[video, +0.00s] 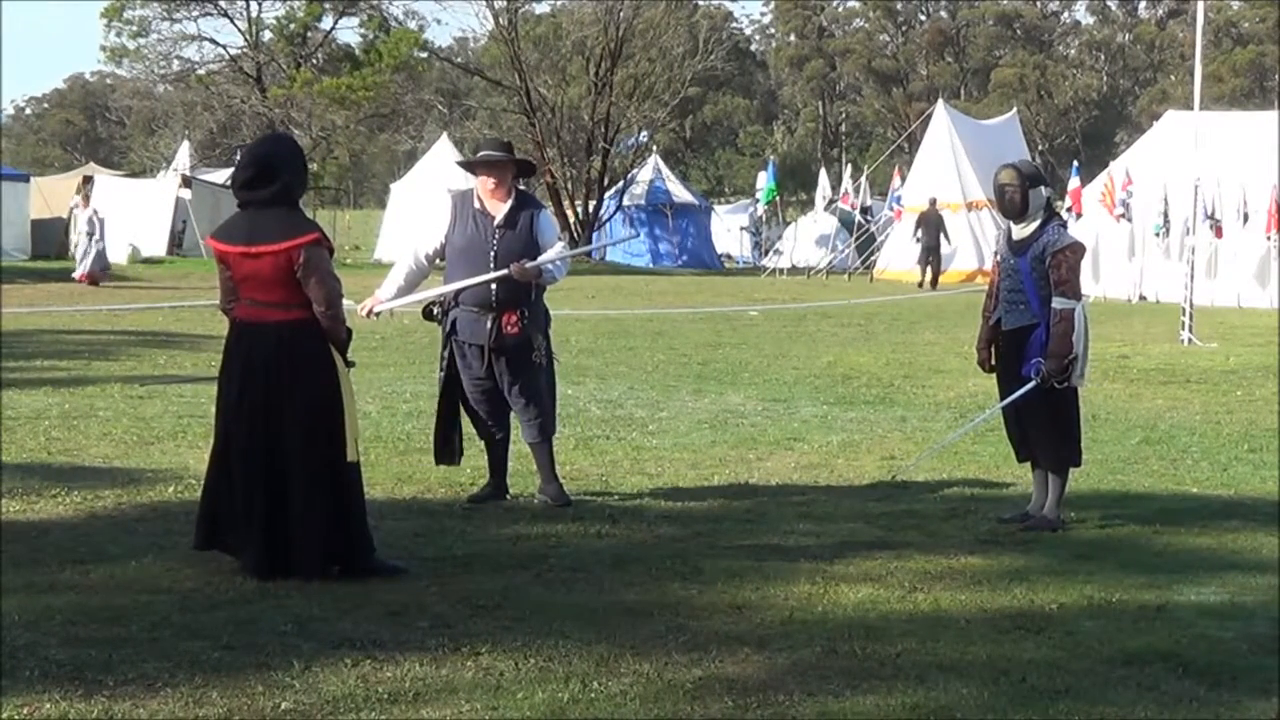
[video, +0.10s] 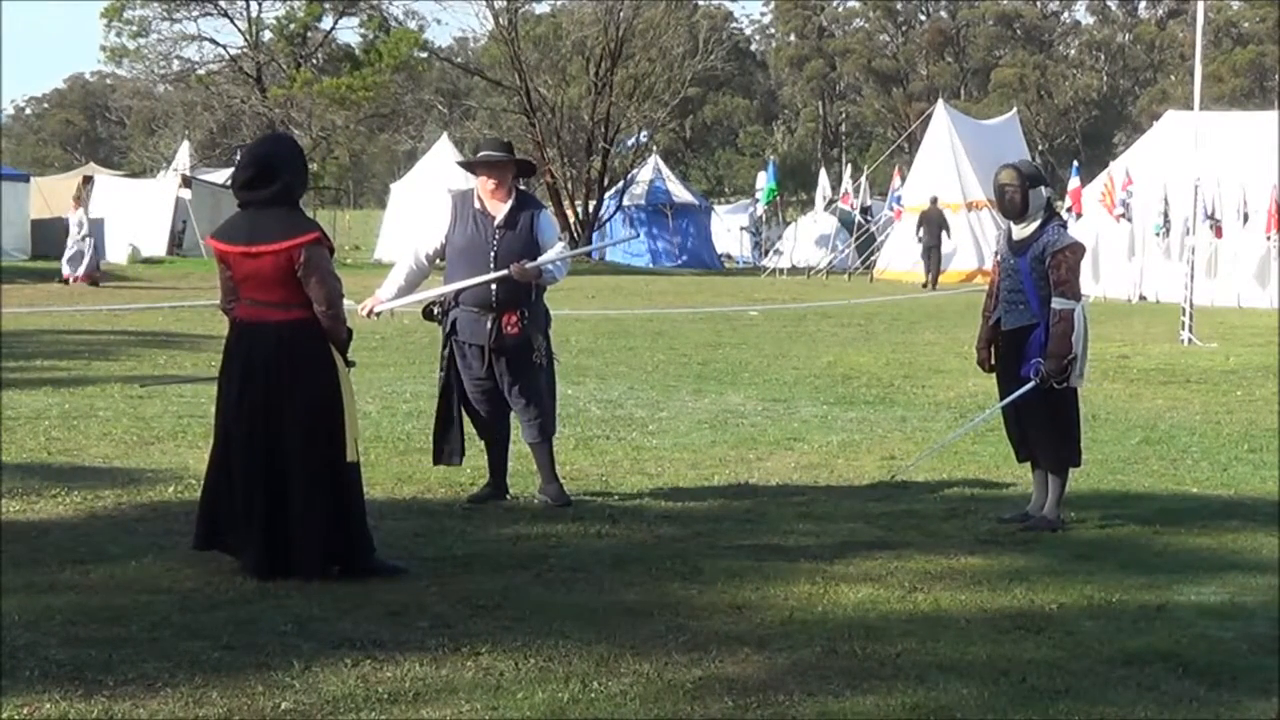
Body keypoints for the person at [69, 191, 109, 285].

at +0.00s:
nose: (83, 203)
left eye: (84, 201)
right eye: (81, 201)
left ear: (87, 201)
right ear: (80, 201)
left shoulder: (91, 211)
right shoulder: (79, 211)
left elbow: (98, 224)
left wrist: (98, 236)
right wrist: (72, 207)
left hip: (89, 236)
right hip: (80, 235)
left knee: (85, 255)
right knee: (80, 254)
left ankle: (85, 274)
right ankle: (81, 273)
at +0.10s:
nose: (73, 205)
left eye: (74, 203)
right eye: (72, 202)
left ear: (78, 203)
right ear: (71, 202)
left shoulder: (82, 212)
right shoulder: (71, 213)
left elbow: (86, 226)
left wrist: (80, 236)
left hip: (80, 238)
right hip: (72, 239)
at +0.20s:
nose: (67, 205)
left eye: (68, 203)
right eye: (66, 203)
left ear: (72, 204)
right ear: (65, 204)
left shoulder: (75, 213)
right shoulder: (64, 215)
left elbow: (78, 227)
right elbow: (66, 229)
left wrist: (71, 237)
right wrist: (65, 238)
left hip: (77, 240)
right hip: (68, 240)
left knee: (78, 259)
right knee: (60, 258)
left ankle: (78, 279)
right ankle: (58, 277)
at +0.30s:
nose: (57, 205)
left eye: (59, 203)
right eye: (56, 203)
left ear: (62, 204)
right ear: (54, 204)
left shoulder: (64, 213)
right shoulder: (53, 214)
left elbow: (68, 227)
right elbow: (56, 228)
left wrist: (61, 237)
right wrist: (56, 238)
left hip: (67, 239)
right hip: (58, 239)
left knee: (70, 258)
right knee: (57, 257)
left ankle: (73, 278)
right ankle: (57, 277)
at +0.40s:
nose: (53, 202)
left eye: (54, 200)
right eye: (51, 200)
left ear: (57, 201)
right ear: (50, 201)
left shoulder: (60, 211)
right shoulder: (48, 213)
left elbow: (64, 226)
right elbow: (48, 227)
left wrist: (57, 237)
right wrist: (47, 238)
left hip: (61, 239)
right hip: (52, 239)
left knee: (60, 257)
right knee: (52, 258)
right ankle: (53, 277)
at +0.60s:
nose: (38, 204)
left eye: (40, 202)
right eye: (37, 202)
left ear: (43, 203)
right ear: (34, 203)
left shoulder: (47, 212)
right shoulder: (32, 214)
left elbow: (53, 226)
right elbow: (28, 228)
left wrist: (54, 238)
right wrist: (24, 242)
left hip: (48, 239)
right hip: (37, 239)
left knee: (54, 257)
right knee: (36, 258)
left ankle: (57, 278)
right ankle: (34, 277)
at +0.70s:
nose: (28, 205)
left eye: (30, 203)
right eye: (27, 203)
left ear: (33, 204)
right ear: (24, 204)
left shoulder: (37, 214)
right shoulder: (23, 215)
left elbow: (44, 227)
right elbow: (19, 230)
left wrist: (47, 239)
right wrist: (16, 243)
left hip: (38, 239)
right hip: (29, 240)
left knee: (42, 259)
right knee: (28, 258)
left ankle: (53, 277)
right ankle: (26, 279)